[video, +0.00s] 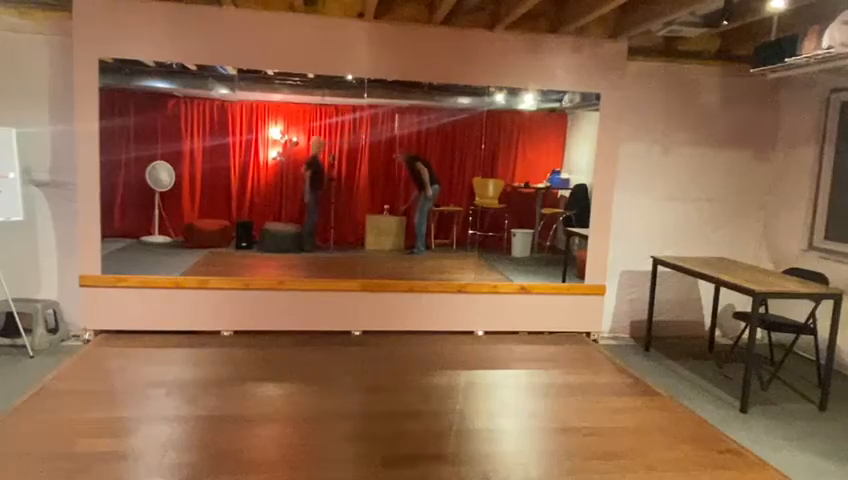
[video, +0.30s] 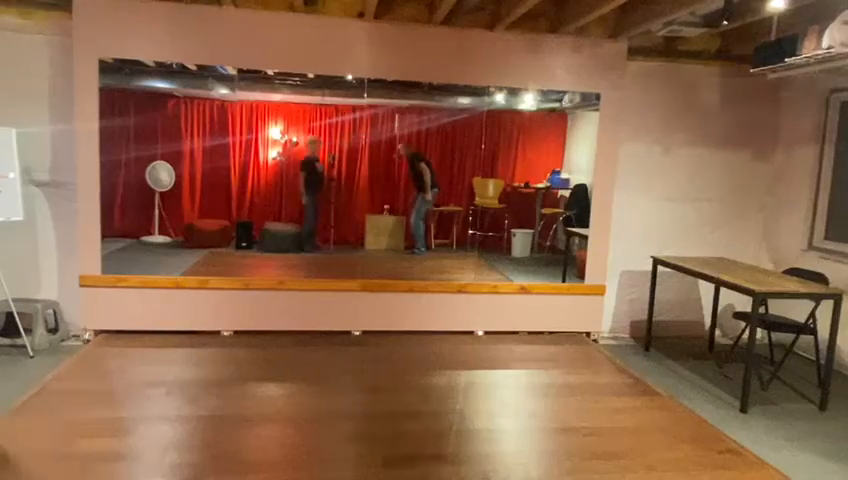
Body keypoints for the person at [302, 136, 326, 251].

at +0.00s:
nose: (321, 148)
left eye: (322, 145)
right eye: (319, 145)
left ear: (320, 146)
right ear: (315, 146)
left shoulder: (318, 162)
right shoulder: (311, 162)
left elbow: (319, 179)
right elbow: (307, 181)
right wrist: (307, 195)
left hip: (317, 193)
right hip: (312, 194)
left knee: (314, 217)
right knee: (312, 217)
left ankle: (311, 241)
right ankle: (308, 242)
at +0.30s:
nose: (315, 148)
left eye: (316, 145)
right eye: (313, 145)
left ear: (318, 146)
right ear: (309, 146)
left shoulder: (318, 162)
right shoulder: (306, 162)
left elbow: (320, 180)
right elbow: (302, 180)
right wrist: (303, 195)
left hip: (316, 193)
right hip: (309, 193)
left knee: (314, 218)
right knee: (310, 218)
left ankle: (312, 241)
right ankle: (307, 242)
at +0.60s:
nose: (309, 149)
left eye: (311, 145)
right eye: (306, 146)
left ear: (314, 146)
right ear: (303, 147)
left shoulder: (318, 161)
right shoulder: (299, 163)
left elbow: (322, 179)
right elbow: (295, 181)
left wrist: (323, 195)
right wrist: (294, 196)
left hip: (316, 193)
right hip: (303, 193)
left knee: (314, 219)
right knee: (306, 219)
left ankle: (313, 243)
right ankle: (306, 244)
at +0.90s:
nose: (308, 148)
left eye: (309, 145)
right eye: (305, 145)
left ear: (313, 146)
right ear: (301, 147)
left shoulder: (318, 161)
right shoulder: (297, 163)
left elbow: (323, 179)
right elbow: (293, 181)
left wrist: (325, 196)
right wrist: (291, 196)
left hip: (315, 193)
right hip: (302, 193)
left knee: (312, 219)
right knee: (304, 219)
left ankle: (312, 246)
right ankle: (303, 245)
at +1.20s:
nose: (307, 147)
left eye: (309, 144)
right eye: (305, 144)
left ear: (313, 146)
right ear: (301, 146)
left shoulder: (317, 160)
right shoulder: (297, 162)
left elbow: (324, 178)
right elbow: (295, 181)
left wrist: (331, 194)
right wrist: (295, 197)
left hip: (315, 193)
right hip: (301, 194)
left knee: (309, 220)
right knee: (300, 220)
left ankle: (310, 247)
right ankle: (301, 244)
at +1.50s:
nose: (301, 147)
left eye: (303, 144)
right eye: (299, 144)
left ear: (307, 145)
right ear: (295, 146)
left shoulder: (312, 160)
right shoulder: (291, 161)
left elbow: (317, 176)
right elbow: (288, 180)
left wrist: (318, 189)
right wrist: (285, 194)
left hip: (308, 193)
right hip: (293, 193)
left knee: (309, 221)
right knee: (292, 222)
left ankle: (310, 248)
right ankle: (289, 251)